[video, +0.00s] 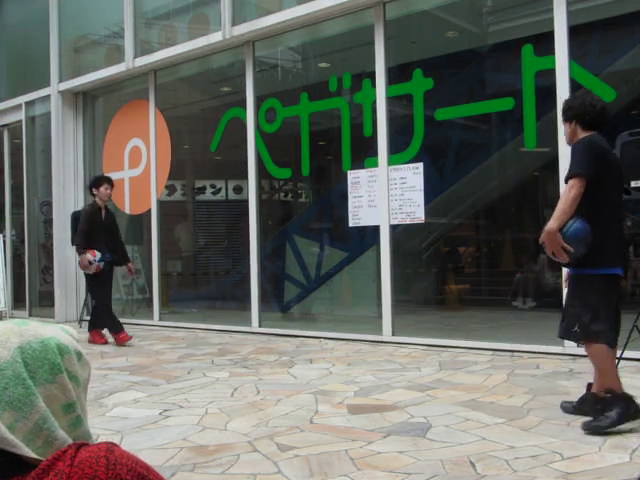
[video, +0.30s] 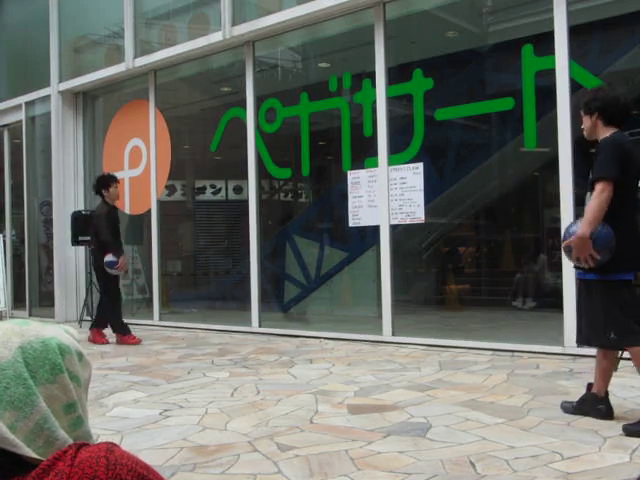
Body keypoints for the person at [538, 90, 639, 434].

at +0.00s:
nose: (564, 131)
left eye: (565, 125)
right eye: (564, 125)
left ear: (574, 123)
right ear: (595, 122)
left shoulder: (586, 147)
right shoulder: (603, 149)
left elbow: (576, 188)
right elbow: (602, 205)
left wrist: (551, 228)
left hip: (595, 259)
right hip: (601, 258)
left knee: (590, 328)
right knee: (594, 328)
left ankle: (619, 399)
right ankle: (599, 393)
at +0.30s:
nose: (581, 123)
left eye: (584, 117)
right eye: (582, 117)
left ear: (598, 117)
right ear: (608, 117)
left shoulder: (611, 146)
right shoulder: (619, 146)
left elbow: (603, 192)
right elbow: (609, 196)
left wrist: (583, 233)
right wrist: (585, 235)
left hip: (617, 261)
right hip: (614, 260)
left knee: (627, 334)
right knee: (607, 331)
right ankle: (597, 396)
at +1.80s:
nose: (557, 118)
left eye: (560, 111)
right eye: (558, 111)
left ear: (574, 113)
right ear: (576, 114)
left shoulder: (598, 146)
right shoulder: (583, 150)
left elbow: (603, 194)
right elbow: (572, 213)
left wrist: (594, 239)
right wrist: (552, 256)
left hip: (586, 252)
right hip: (573, 253)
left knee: (585, 329)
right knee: (579, 330)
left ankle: (636, 387)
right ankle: (583, 404)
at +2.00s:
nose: (545, 118)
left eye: (548, 112)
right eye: (546, 112)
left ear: (561, 115)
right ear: (568, 116)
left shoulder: (587, 147)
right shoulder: (565, 153)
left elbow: (599, 190)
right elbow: (554, 214)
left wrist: (597, 232)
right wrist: (537, 256)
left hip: (571, 259)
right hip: (554, 259)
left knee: (571, 328)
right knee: (557, 329)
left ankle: (591, 401)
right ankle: (584, 398)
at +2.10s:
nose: (540, 118)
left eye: (543, 112)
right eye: (541, 112)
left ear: (556, 116)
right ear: (563, 117)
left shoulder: (580, 148)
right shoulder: (557, 156)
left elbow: (597, 192)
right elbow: (549, 216)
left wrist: (598, 233)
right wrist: (534, 258)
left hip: (562, 261)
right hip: (558, 261)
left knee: (551, 333)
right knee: (573, 333)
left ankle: (550, 412)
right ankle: (584, 405)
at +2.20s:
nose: (532, 120)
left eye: (535, 114)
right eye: (534, 114)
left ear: (548, 117)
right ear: (555, 119)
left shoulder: (575, 150)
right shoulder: (553, 159)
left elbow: (594, 194)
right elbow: (545, 217)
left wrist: (597, 235)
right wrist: (531, 264)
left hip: (555, 263)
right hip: (551, 264)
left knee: (534, 334)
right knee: (570, 335)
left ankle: (514, 404)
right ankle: (583, 405)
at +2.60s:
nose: (494, 127)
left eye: (497, 122)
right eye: (496, 121)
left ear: (508, 127)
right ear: (526, 127)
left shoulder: (530, 159)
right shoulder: (530, 158)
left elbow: (545, 206)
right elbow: (541, 208)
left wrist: (547, 252)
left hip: (516, 265)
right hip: (533, 263)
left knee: (496, 334)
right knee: (550, 333)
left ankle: (480, 400)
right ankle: (579, 401)